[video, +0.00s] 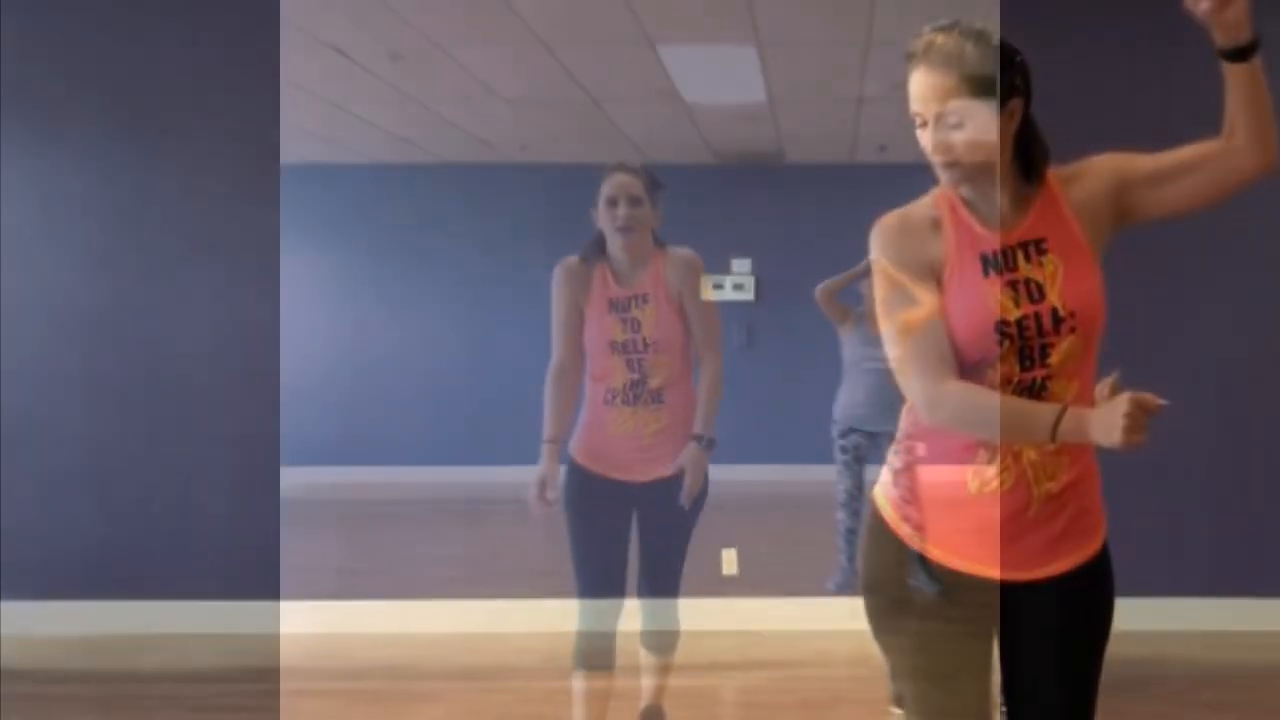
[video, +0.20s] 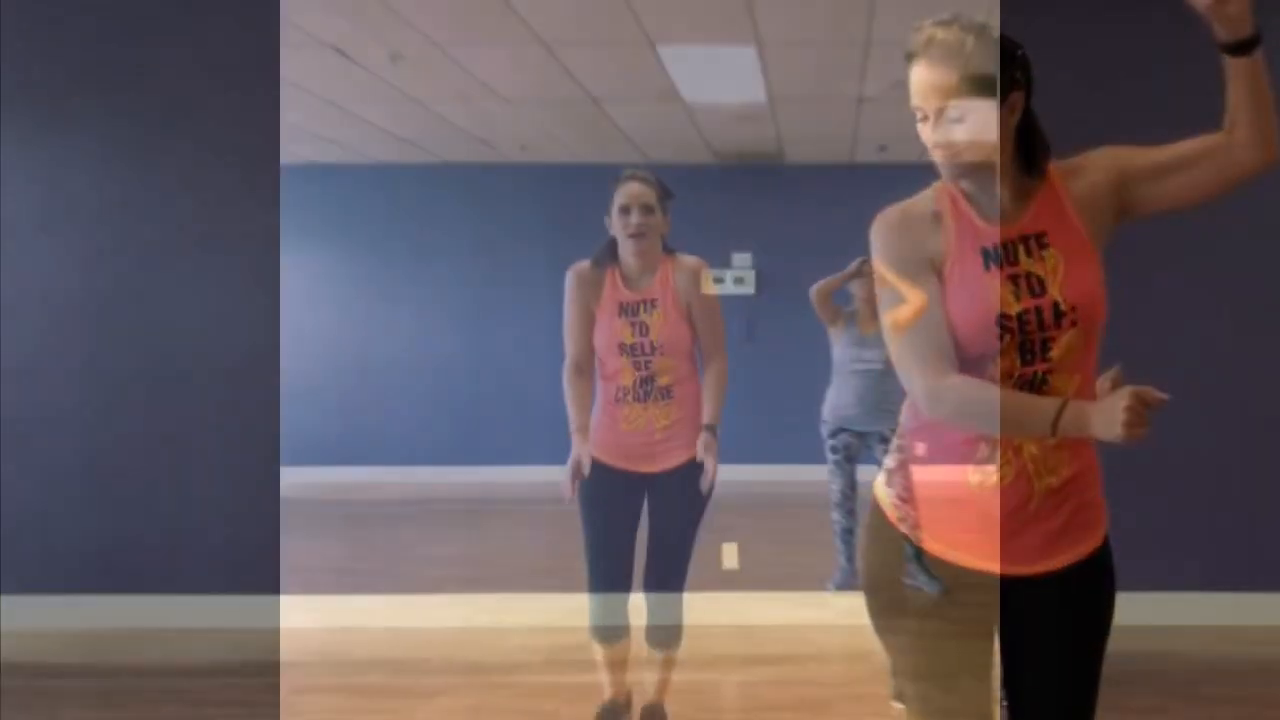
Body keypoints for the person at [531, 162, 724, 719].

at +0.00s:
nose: (623, 211)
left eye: (635, 201)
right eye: (612, 202)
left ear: (654, 211)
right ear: (597, 213)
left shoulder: (681, 267)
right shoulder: (574, 275)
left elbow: (709, 356)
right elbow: (563, 367)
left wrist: (701, 441)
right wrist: (551, 454)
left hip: (671, 464)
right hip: (596, 464)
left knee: (659, 600)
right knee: (597, 606)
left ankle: (651, 708)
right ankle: (589, 715)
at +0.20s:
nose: (636, 219)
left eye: (646, 209)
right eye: (625, 210)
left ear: (664, 218)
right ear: (610, 220)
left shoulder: (689, 273)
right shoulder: (586, 279)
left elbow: (714, 355)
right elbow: (577, 364)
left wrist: (709, 430)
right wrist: (579, 438)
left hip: (681, 455)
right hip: (608, 455)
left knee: (664, 587)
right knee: (606, 586)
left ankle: (655, 701)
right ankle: (615, 696)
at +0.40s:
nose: (644, 220)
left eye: (654, 211)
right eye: (634, 211)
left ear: (671, 219)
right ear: (619, 221)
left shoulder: (694, 273)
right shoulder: (595, 275)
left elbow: (717, 353)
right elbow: (583, 356)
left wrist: (704, 372)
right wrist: (605, 376)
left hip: (683, 449)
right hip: (613, 452)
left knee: (666, 575)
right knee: (626, 576)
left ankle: (657, 699)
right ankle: (639, 668)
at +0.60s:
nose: (652, 228)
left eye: (662, 219)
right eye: (642, 220)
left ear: (677, 227)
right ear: (627, 228)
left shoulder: (700, 279)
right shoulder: (606, 280)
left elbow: (716, 360)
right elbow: (594, 364)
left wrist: (677, 366)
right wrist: (637, 366)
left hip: (682, 447)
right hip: (615, 448)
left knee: (668, 565)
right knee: (632, 566)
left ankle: (674, 683)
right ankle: (645, 671)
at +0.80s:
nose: (658, 226)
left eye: (667, 218)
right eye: (648, 218)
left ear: (683, 226)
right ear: (633, 227)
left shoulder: (705, 274)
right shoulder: (613, 280)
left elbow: (732, 349)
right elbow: (605, 363)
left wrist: (694, 359)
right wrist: (629, 350)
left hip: (692, 441)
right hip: (625, 440)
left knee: (695, 566)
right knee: (616, 568)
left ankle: (707, 671)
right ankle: (640, 669)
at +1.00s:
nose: (656, 231)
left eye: (665, 223)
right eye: (647, 223)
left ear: (679, 232)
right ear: (630, 233)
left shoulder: (696, 286)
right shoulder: (603, 289)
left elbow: (723, 359)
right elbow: (581, 369)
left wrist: (677, 371)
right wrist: (610, 360)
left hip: (701, 443)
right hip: (633, 448)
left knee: (707, 560)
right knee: (605, 567)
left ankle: (710, 669)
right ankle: (588, 659)